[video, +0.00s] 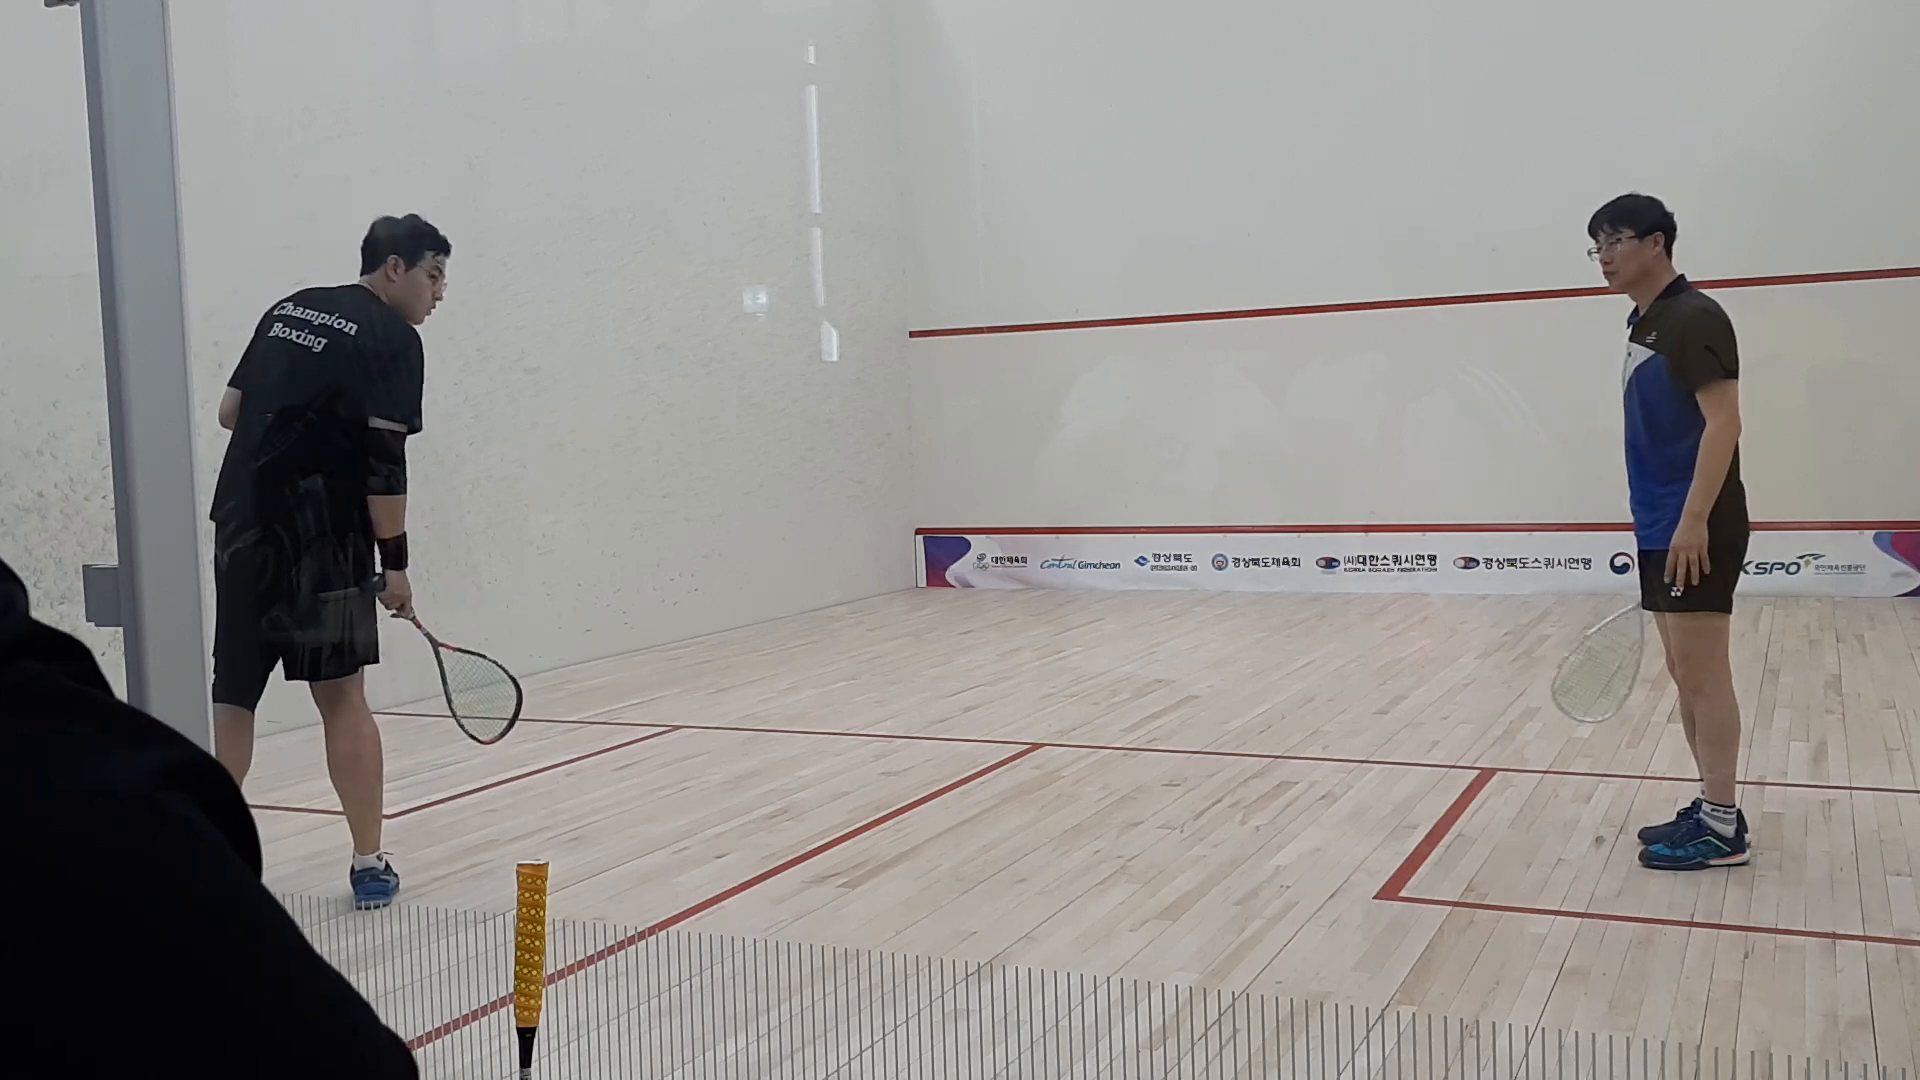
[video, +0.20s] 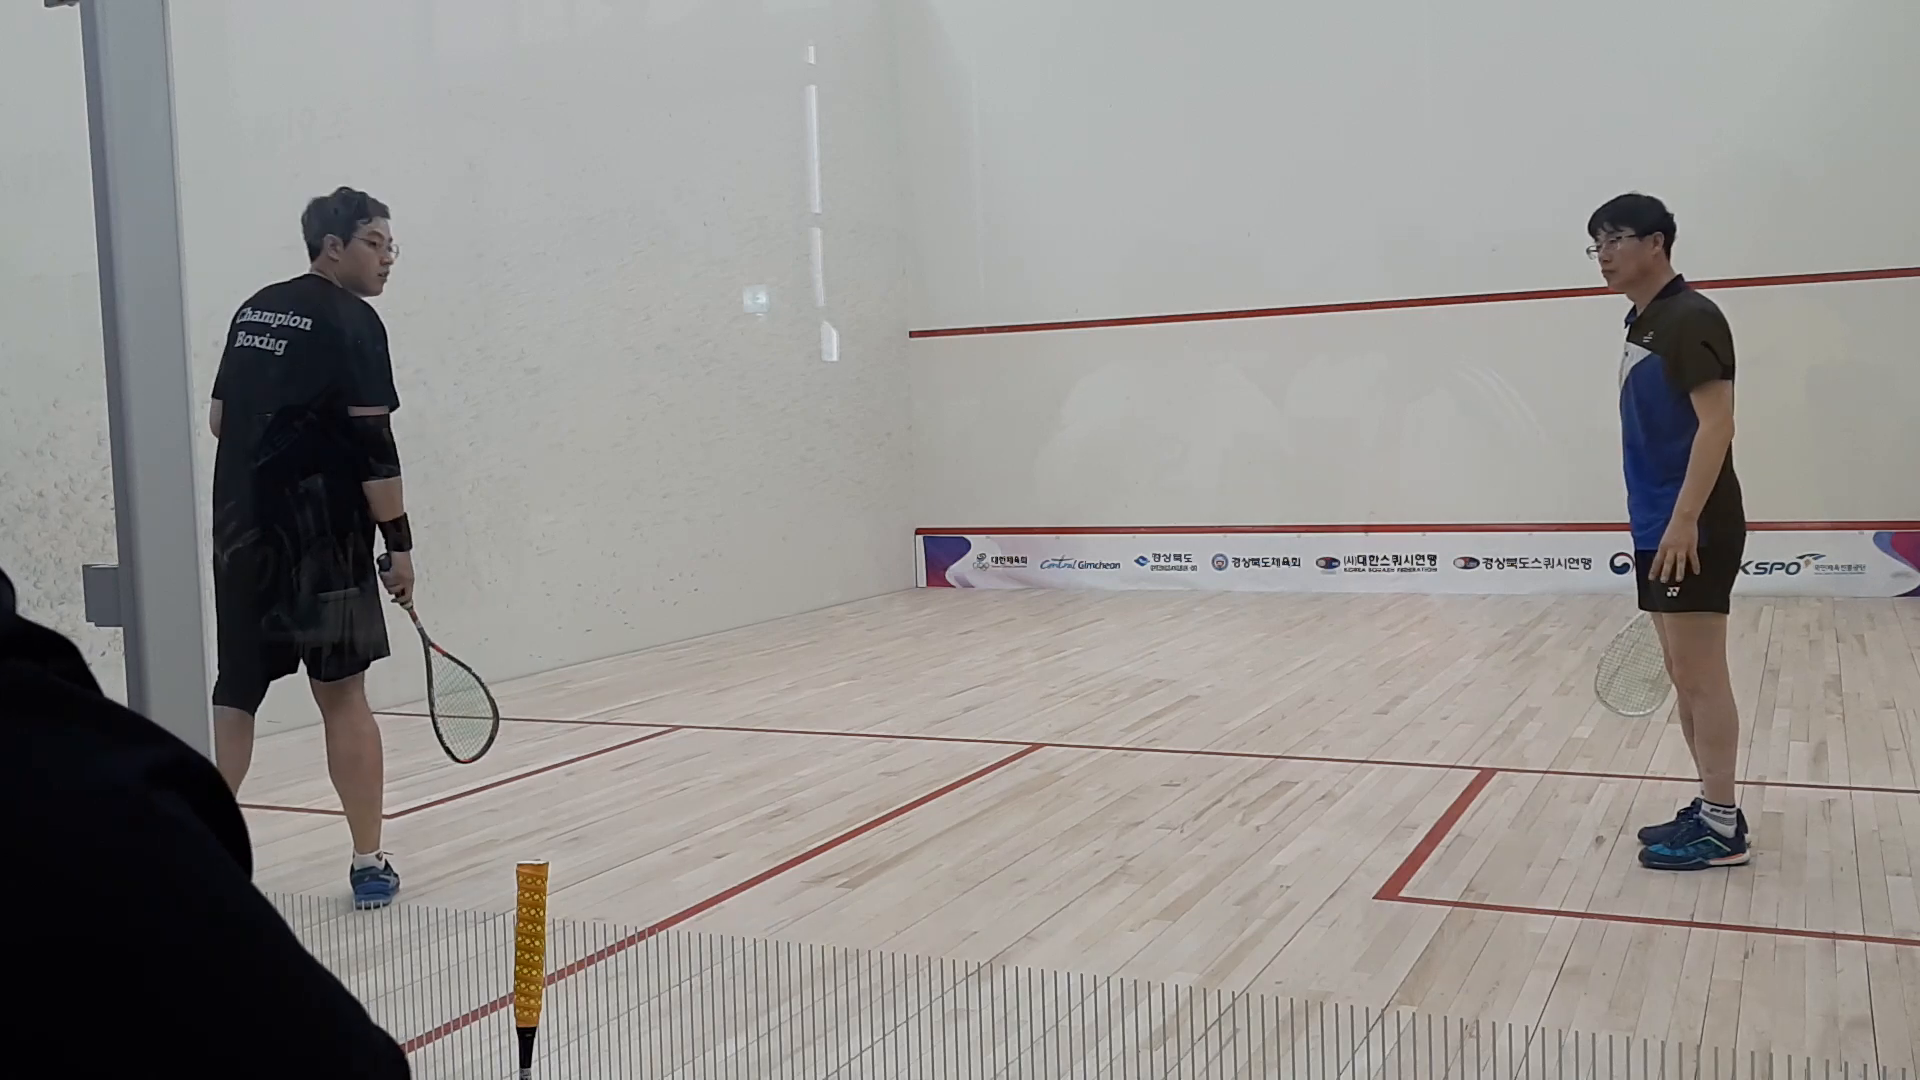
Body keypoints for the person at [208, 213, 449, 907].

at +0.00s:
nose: (440, 294)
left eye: (442, 280)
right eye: (435, 277)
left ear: (374, 269)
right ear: (394, 268)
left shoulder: (292, 307)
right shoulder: (393, 340)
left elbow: (232, 409)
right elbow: (385, 465)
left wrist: (290, 457)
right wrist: (396, 567)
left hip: (240, 534)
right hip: (322, 541)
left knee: (229, 701)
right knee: (342, 699)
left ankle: (205, 860)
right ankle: (369, 864)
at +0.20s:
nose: (390, 257)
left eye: (391, 244)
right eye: (378, 244)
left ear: (328, 251)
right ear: (333, 247)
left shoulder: (255, 308)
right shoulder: (356, 323)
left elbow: (219, 420)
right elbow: (374, 449)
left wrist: (275, 475)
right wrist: (399, 546)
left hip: (241, 546)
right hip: (326, 545)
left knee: (232, 705)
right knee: (345, 701)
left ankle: (200, 859)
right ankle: (369, 863)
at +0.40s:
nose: (329, 242)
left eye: (326, 229)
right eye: (316, 230)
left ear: (265, 243)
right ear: (273, 239)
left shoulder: (198, 316)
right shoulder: (300, 318)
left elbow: (184, 434)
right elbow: (333, 436)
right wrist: (388, 519)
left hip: (214, 553)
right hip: (302, 549)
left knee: (218, 720)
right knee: (337, 702)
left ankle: (199, 875)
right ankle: (367, 860)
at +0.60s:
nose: (285, 242)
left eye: (280, 227)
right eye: (273, 228)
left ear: (219, 240)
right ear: (232, 238)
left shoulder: (172, 310)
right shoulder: (261, 315)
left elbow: (165, 429)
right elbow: (287, 435)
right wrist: (351, 507)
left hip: (197, 543)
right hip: (278, 535)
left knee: (206, 717)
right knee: (328, 686)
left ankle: (196, 866)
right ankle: (360, 845)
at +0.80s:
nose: (260, 237)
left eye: (258, 225)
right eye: (245, 226)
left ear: (199, 244)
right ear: (203, 239)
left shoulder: (166, 309)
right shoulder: (236, 314)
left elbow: (192, 412)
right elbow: (269, 430)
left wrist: (270, 396)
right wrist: (331, 501)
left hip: (194, 538)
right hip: (266, 530)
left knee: (203, 712)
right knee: (312, 679)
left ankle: (186, 867)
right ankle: (331, 845)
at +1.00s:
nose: (261, 237)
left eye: (260, 225)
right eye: (241, 226)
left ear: (218, 248)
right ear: (200, 244)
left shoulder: (176, 317)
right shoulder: (236, 327)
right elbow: (276, 447)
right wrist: (327, 511)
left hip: (199, 546)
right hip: (264, 540)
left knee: (214, 714)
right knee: (295, 691)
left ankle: (189, 868)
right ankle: (311, 849)